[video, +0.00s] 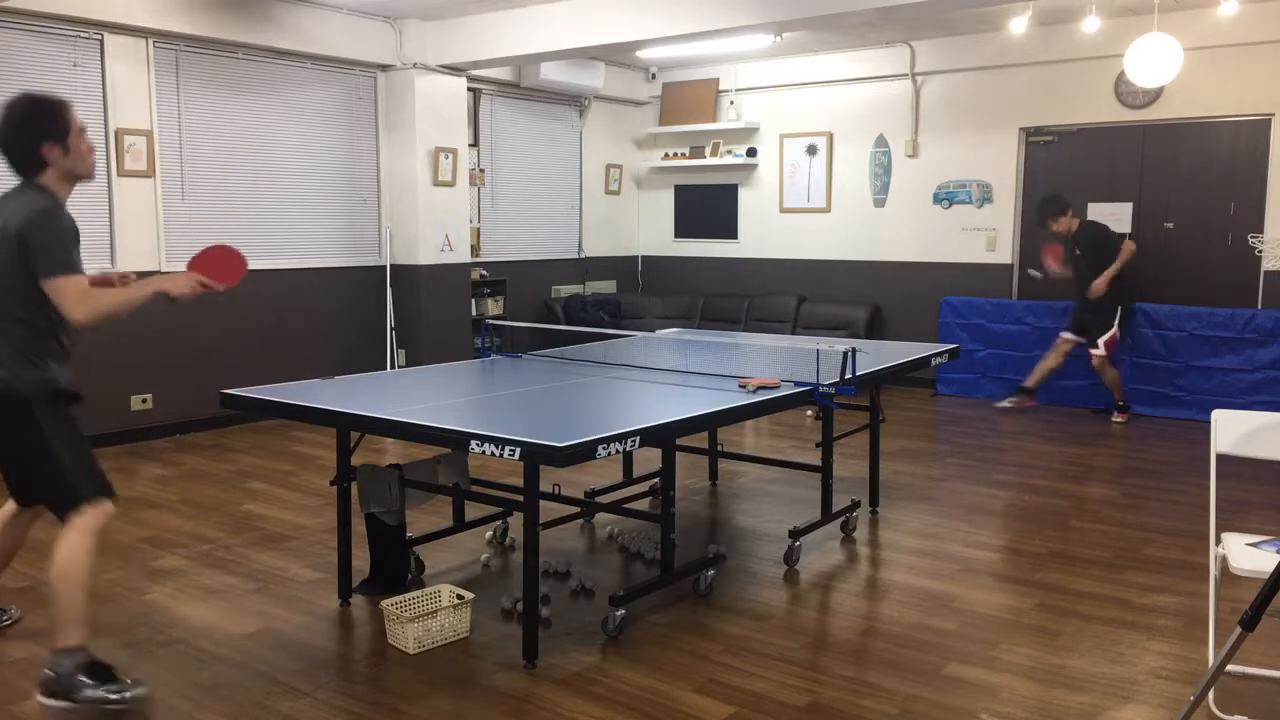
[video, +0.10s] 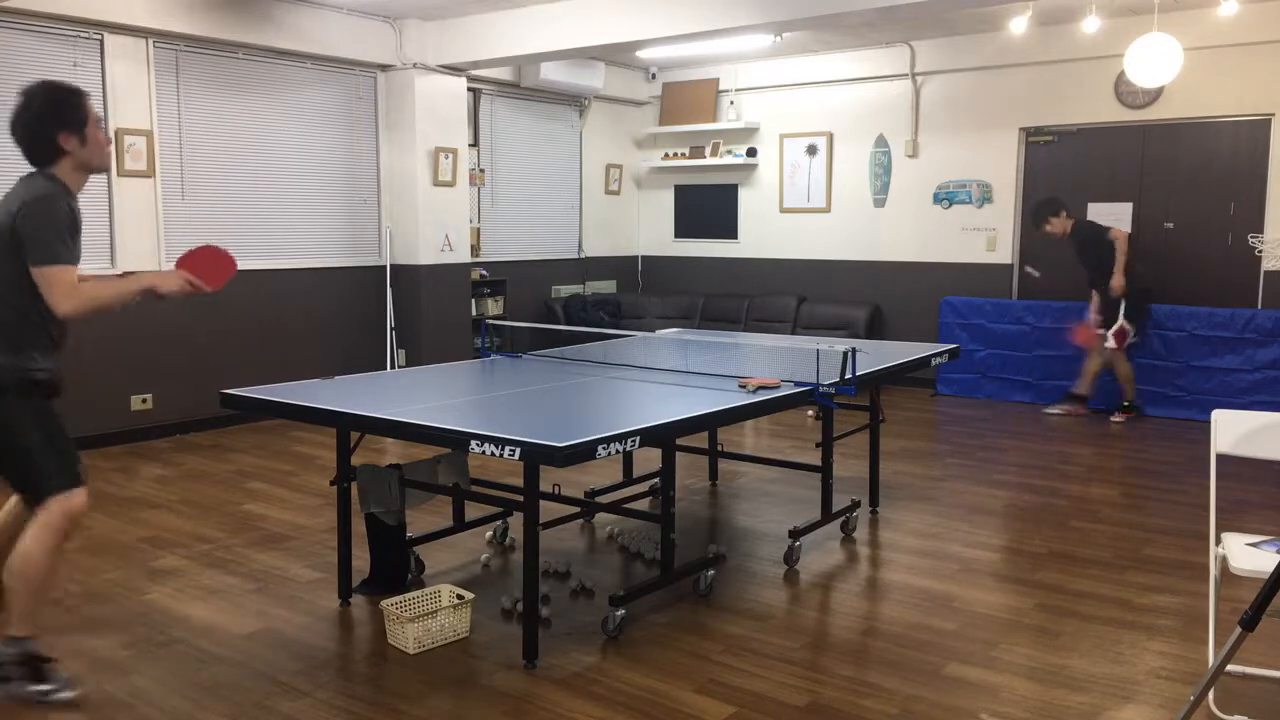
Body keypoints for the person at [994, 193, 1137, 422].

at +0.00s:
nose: (1055, 230)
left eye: (1055, 224)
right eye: (1051, 227)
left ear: (1065, 215)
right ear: (1053, 224)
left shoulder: (1093, 230)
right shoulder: (1071, 240)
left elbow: (1129, 247)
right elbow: (1082, 269)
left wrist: (1106, 277)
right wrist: (1059, 271)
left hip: (1111, 303)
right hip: (1088, 302)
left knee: (1099, 360)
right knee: (1061, 346)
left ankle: (1122, 405)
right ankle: (1025, 392)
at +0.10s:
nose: (1049, 231)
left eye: (1049, 225)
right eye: (1045, 228)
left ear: (1062, 215)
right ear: (1059, 218)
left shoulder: (1084, 228)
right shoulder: (1076, 237)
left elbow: (1120, 236)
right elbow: (1096, 278)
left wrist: (1118, 274)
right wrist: (1094, 312)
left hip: (1123, 292)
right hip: (1106, 296)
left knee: (1114, 348)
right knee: (1098, 346)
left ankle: (1130, 404)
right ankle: (1079, 398)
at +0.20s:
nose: (1046, 224)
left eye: (1049, 218)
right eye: (1043, 221)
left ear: (1065, 214)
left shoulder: (1080, 230)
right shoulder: (1077, 240)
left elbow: (1116, 230)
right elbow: (1109, 275)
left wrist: (1131, 261)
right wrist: (1102, 313)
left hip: (1140, 284)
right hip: (1129, 287)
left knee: (1136, 345)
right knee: (1131, 344)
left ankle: (1148, 408)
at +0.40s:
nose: (1064, 210)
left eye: (1068, 204)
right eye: (1062, 206)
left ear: (1085, 205)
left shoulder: (1090, 225)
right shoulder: (1094, 228)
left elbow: (1115, 238)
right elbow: (1117, 270)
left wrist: (1130, 270)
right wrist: (1101, 297)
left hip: (1136, 291)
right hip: (1133, 292)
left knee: (1137, 348)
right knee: (1135, 348)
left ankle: (1147, 410)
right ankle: (1139, 404)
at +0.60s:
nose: (1082, 190)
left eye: (1087, 184)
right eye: (1081, 185)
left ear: (1103, 188)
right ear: (1092, 189)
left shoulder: (1108, 212)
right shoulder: (1100, 214)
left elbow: (1132, 233)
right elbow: (1113, 254)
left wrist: (1108, 267)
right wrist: (1089, 272)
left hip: (1130, 290)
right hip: (1120, 290)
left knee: (1130, 347)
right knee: (1107, 344)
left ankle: (1148, 411)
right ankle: (1133, 402)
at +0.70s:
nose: (1089, 186)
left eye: (1096, 181)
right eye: (1087, 181)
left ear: (1109, 186)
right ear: (1084, 185)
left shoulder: (1117, 212)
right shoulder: (1095, 217)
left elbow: (1142, 238)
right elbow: (1105, 252)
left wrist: (1105, 262)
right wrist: (1083, 267)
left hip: (1124, 288)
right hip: (1107, 287)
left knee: (1123, 347)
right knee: (1083, 341)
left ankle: (1149, 410)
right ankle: (1120, 390)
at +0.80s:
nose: (1092, 187)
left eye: (1098, 182)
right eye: (1089, 181)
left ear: (1110, 189)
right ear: (1084, 186)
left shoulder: (1119, 216)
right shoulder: (1087, 220)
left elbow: (1140, 247)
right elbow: (1090, 250)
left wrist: (1102, 265)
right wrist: (1075, 266)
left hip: (1116, 292)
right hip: (1094, 291)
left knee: (1111, 352)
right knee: (1065, 337)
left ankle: (1148, 405)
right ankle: (1091, 389)